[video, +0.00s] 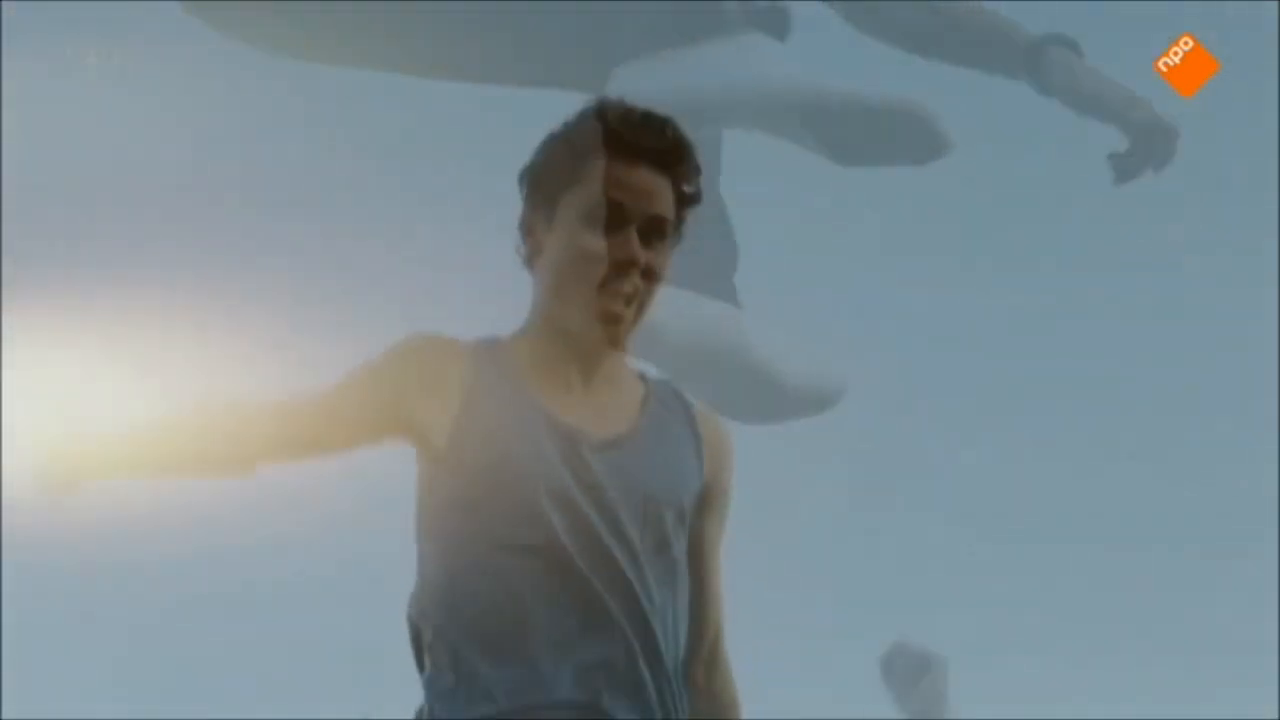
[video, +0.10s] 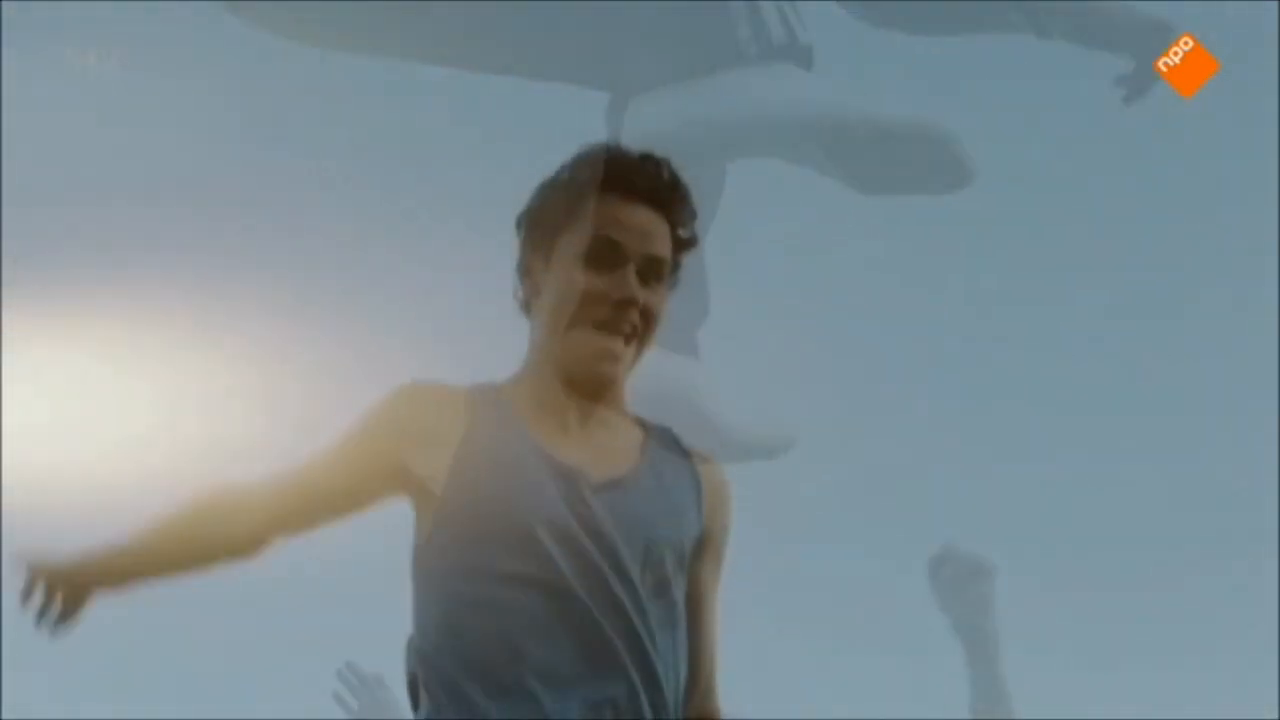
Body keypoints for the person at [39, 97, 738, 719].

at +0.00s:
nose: (634, 254)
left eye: (656, 234)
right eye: (606, 221)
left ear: (674, 256)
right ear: (534, 235)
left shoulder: (698, 439)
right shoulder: (442, 379)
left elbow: (705, 666)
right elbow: (256, 432)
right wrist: (69, 453)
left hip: (640, 709)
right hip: (482, 704)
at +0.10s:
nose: (633, 292)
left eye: (656, 274)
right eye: (605, 260)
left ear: (670, 301)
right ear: (533, 275)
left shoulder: (696, 488)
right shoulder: (439, 423)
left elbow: (699, 698)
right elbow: (258, 515)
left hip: (628, 716)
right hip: (477, 711)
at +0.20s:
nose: (633, 328)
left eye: (655, 308)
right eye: (606, 290)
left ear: (669, 338)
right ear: (530, 301)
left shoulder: (697, 522)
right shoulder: (433, 459)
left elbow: (696, 707)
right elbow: (255, 575)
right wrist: (89, 657)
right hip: (461, 710)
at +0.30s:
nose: (629, 380)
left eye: (650, 362)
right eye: (601, 345)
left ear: (661, 394)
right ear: (525, 362)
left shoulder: (694, 581)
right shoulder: (422, 519)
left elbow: (692, 712)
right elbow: (263, 664)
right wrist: (168, 715)